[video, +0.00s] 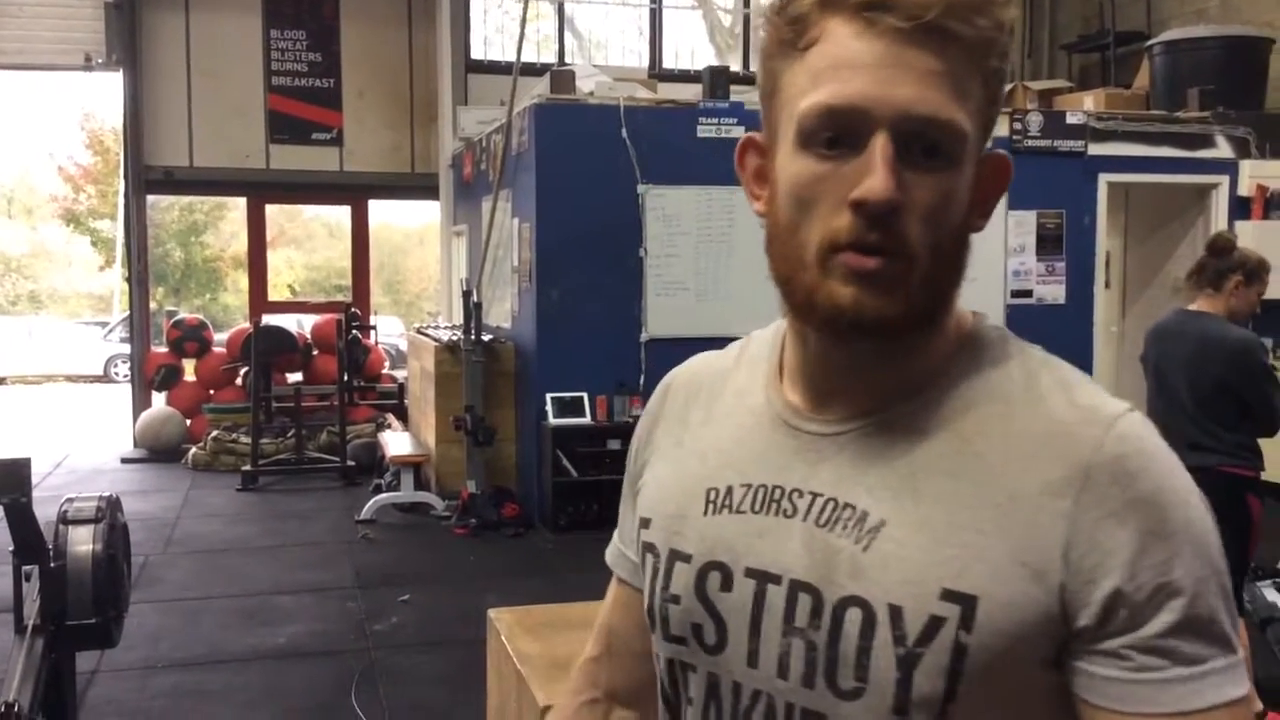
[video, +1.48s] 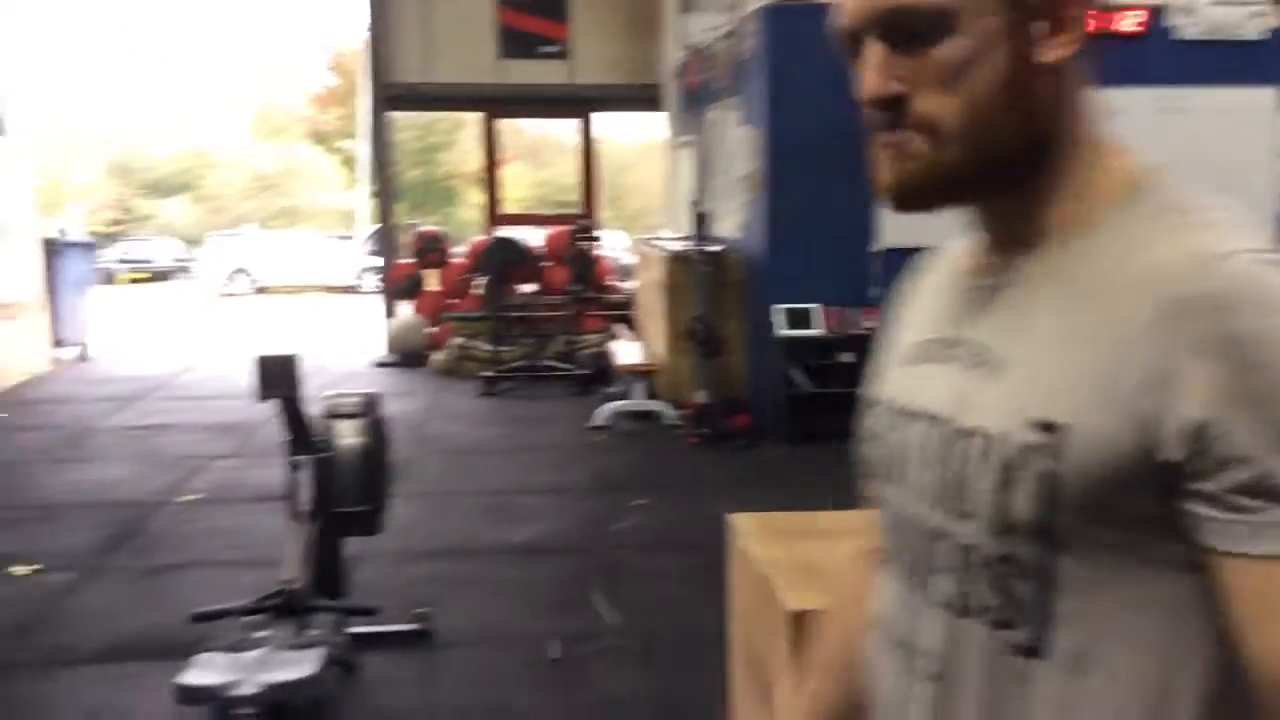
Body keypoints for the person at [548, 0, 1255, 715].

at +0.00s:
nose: (879, 190)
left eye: (926, 148)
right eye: (834, 139)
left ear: (982, 194)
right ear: (760, 176)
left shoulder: (1104, 473)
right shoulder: (686, 407)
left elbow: (1205, 703)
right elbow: (609, 692)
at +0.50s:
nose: (817, 199)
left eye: (868, 158)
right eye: (780, 144)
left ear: (932, 192)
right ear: (714, 164)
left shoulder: (1039, 487)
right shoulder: (655, 392)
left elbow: (1097, 700)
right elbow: (592, 658)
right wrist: (571, 674)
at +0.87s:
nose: (729, 174)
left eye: (775, 134)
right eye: (693, 127)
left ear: (842, 161)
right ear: (638, 152)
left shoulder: (945, 425)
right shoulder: (597, 374)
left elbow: (1008, 700)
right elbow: (536, 658)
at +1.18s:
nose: (709, 137)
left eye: (752, 97)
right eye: (672, 97)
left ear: (823, 128)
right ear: (624, 131)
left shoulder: (946, 382)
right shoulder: (617, 351)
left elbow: (1053, 696)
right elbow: (572, 617)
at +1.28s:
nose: (752, 112)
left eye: (797, 70)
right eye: (715, 74)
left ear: (875, 99)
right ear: (672, 111)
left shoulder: (1010, 353)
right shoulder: (687, 332)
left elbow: (1134, 682)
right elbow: (645, 594)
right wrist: (595, 706)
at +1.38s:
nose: (820, 85)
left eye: (867, 39)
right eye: (786, 51)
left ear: (968, 55)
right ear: (758, 81)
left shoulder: (1108, 323)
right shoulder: (799, 304)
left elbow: (1242, 677)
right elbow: (754, 577)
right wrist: (691, 707)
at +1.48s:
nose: (871, 87)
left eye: (918, 35)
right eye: (855, 47)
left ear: (1054, 28)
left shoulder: (1219, 298)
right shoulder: (930, 283)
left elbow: (1266, 664)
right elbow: (904, 575)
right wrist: (810, 703)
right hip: (909, 705)